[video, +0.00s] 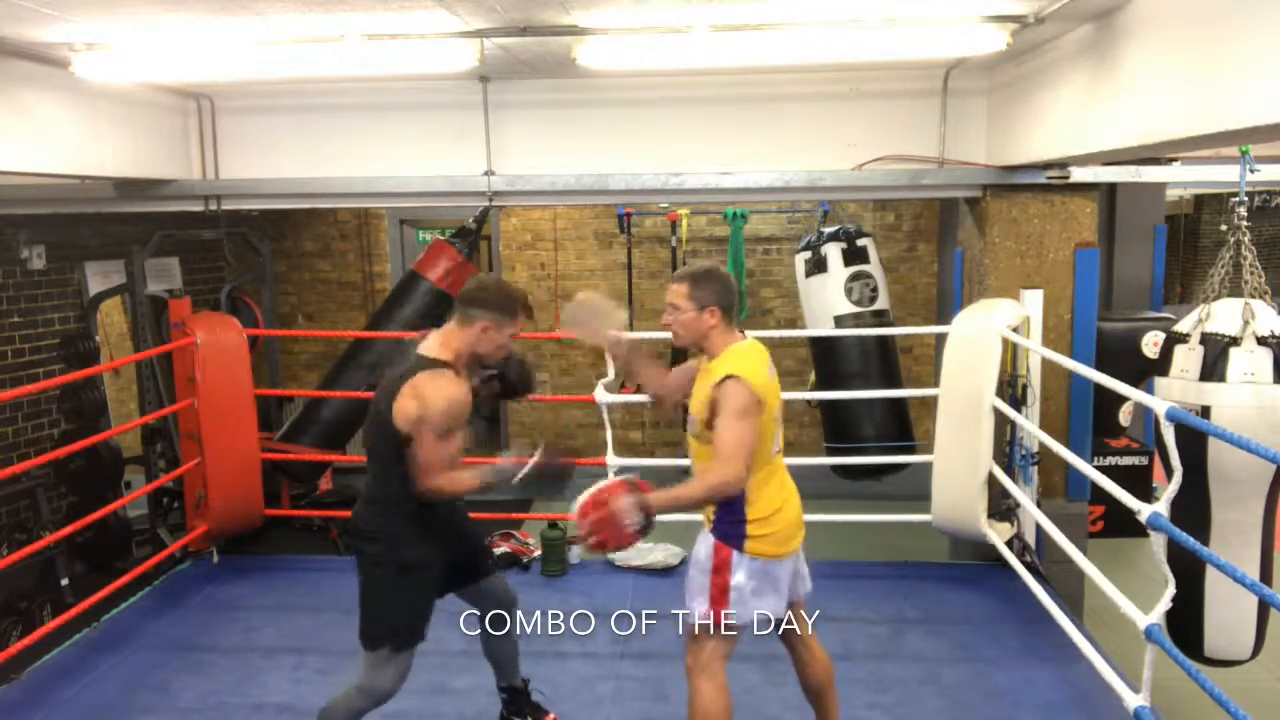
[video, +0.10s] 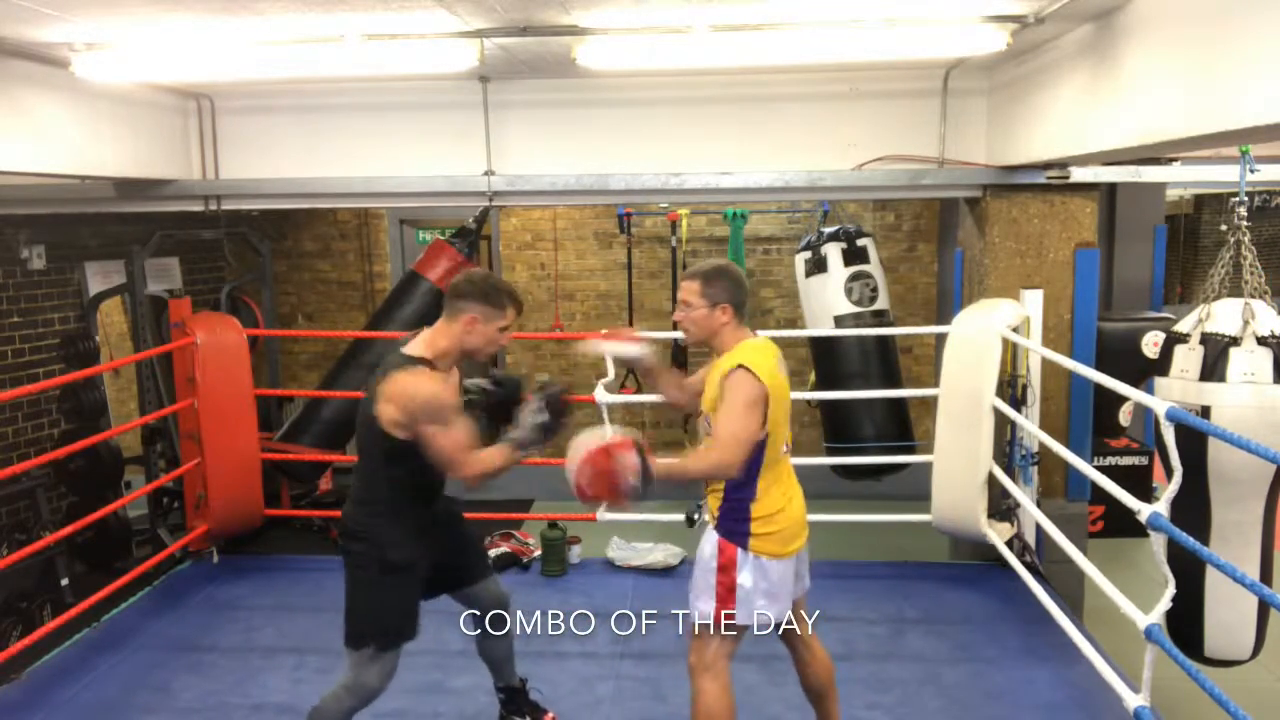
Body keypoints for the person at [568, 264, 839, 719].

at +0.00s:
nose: (666, 319)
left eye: (675, 309)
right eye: (666, 309)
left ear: (711, 316)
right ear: (713, 316)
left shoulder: (734, 379)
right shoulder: (738, 353)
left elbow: (729, 476)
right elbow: (665, 385)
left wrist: (646, 503)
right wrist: (621, 350)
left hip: (740, 534)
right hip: (776, 521)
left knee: (705, 662)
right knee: (797, 632)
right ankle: (830, 715)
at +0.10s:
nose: (677, 316)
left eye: (686, 306)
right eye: (678, 306)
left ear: (722, 312)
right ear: (724, 311)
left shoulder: (742, 372)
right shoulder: (758, 352)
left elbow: (727, 459)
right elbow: (687, 393)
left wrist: (647, 469)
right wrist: (645, 360)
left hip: (744, 534)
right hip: (782, 524)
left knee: (707, 661)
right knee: (797, 631)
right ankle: (830, 716)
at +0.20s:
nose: (687, 314)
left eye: (696, 304)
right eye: (687, 304)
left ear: (732, 310)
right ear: (737, 309)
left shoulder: (726, 369)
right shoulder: (784, 351)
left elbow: (668, 431)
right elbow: (741, 406)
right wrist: (696, 351)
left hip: (746, 532)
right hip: (794, 521)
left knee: (707, 656)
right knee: (800, 629)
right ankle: (833, 715)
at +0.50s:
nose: (689, 308)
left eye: (699, 298)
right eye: (690, 298)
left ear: (735, 306)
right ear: (738, 308)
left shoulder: (730, 353)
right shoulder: (778, 351)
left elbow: (662, 369)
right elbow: (746, 415)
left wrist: (589, 353)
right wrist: (680, 402)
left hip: (742, 532)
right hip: (788, 521)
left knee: (703, 659)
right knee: (797, 629)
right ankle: (830, 715)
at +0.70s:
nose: (707, 316)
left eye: (718, 306)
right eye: (709, 305)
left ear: (756, 316)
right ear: (759, 318)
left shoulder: (749, 356)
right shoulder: (797, 351)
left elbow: (662, 370)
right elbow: (749, 378)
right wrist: (704, 351)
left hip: (760, 534)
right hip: (804, 523)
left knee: (712, 658)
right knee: (806, 626)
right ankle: (842, 716)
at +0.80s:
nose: (719, 313)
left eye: (730, 303)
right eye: (719, 303)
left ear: (767, 309)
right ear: (764, 312)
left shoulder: (780, 359)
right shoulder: (786, 352)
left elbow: (764, 433)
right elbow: (747, 423)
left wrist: (692, 402)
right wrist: (697, 410)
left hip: (778, 528)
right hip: (806, 524)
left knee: (736, 655)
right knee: (813, 630)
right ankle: (843, 715)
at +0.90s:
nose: (728, 309)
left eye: (739, 299)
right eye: (728, 299)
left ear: (777, 306)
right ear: (767, 308)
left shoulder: (815, 360)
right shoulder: (753, 358)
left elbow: (820, 439)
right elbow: (745, 433)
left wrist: (757, 414)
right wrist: (695, 390)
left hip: (802, 524)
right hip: (776, 517)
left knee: (752, 644)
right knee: (816, 629)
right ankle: (843, 715)